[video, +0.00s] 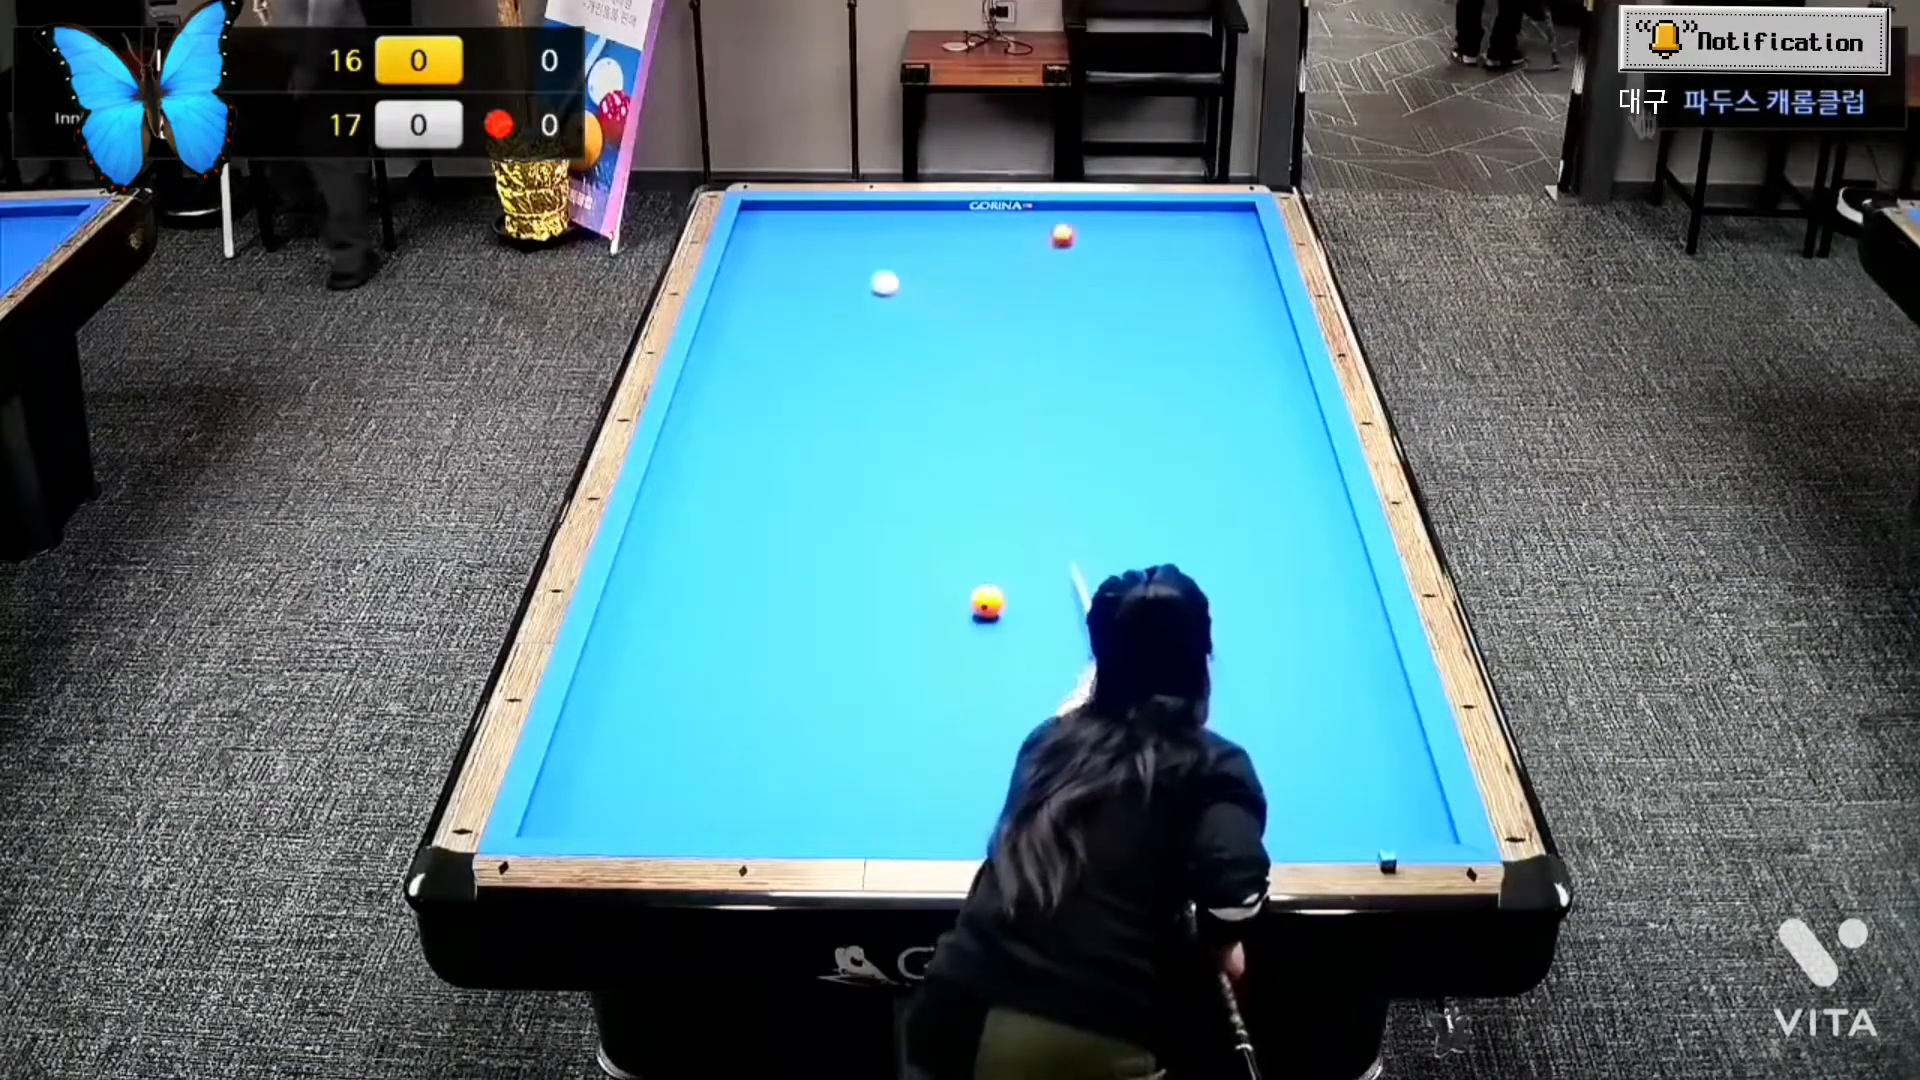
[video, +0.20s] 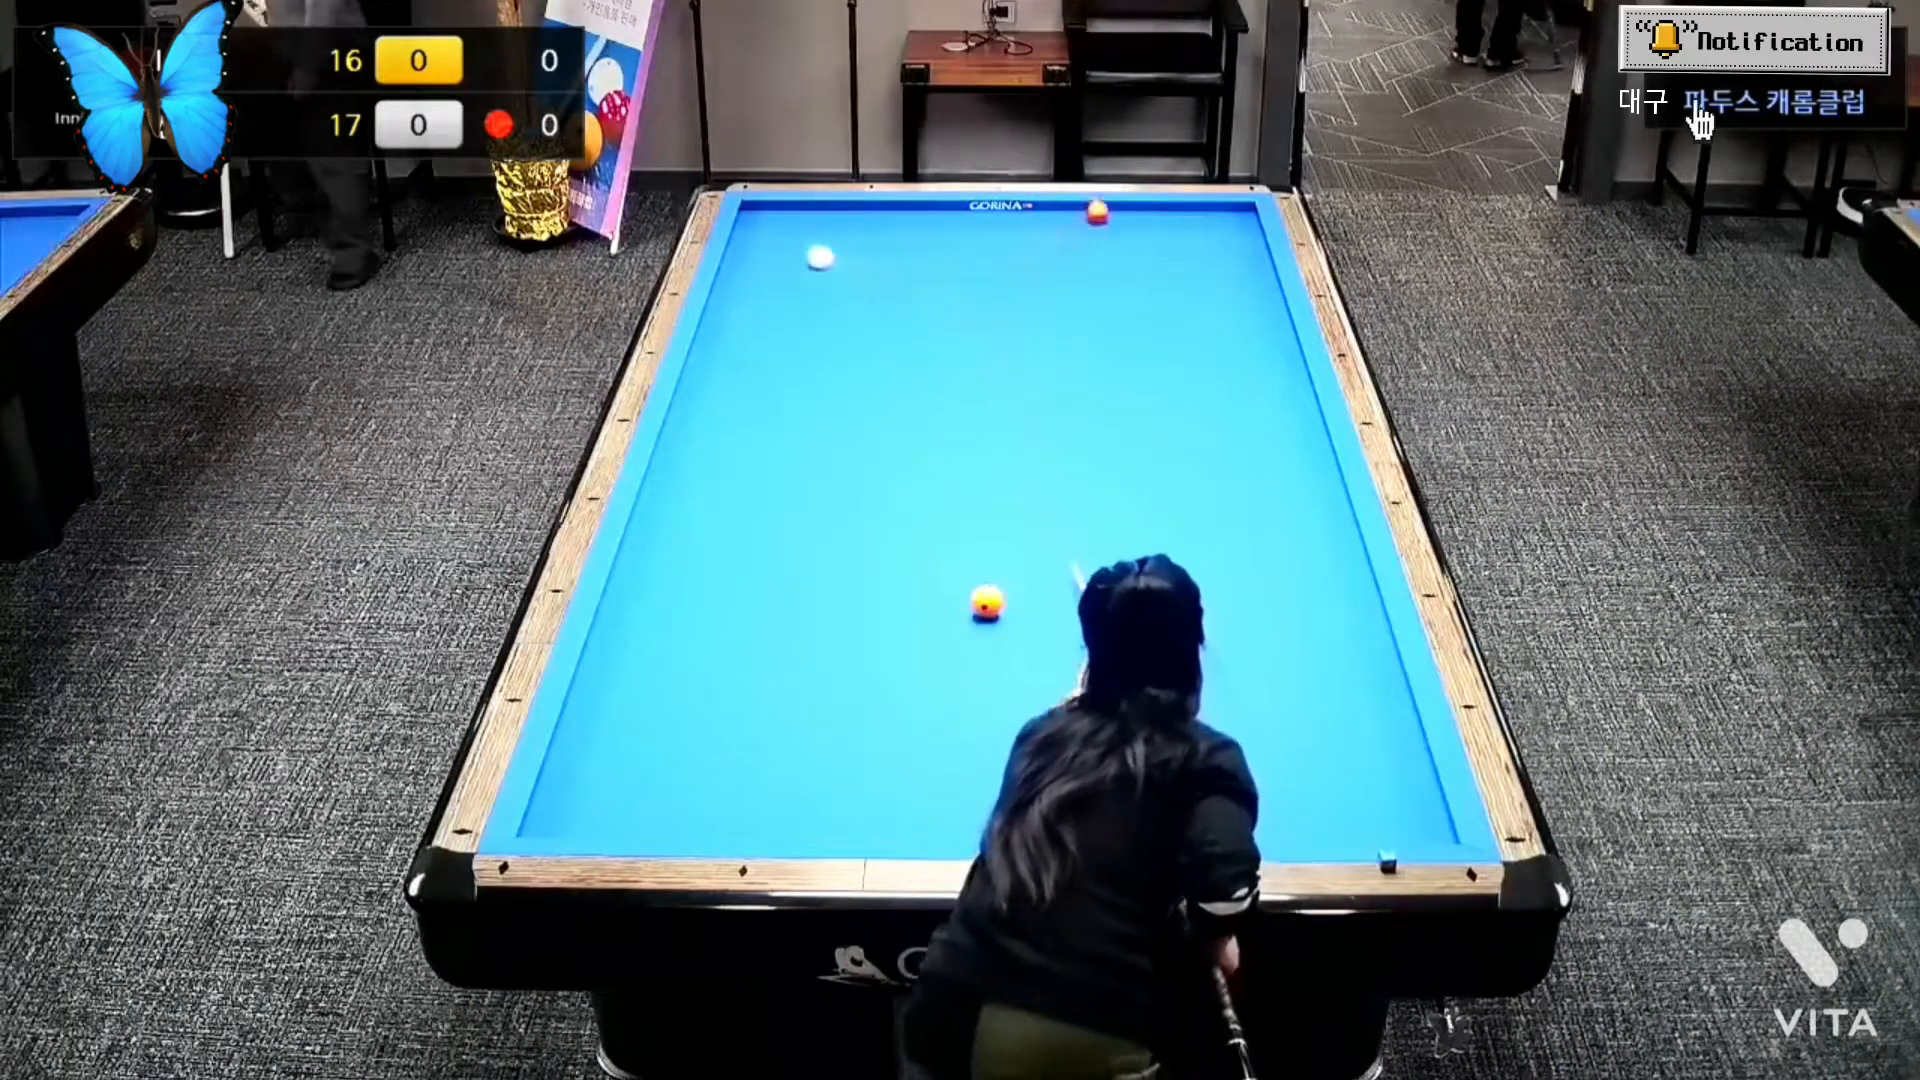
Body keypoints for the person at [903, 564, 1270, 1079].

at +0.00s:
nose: (1208, 660)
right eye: (1203, 648)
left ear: (1103, 656)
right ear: (1196, 658)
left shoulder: (1049, 740)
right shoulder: (1217, 764)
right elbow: (1232, 874)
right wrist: (1223, 943)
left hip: (988, 1012)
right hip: (1112, 1029)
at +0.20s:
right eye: (1195, 637)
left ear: (1096, 645)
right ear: (1189, 649)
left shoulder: (1043, 732)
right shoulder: (1209, 755)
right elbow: (1223, 873)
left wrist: (1077, 704)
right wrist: (1220, 937)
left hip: (981, 1008)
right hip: (1109, 1023)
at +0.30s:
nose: (1194, 641)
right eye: (1189, 629)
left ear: (1089, 637)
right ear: (1183, 639)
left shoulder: (1036, 728)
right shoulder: (1201, 748)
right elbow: (1214, 872)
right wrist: (1213, 934)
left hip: (971, 1006)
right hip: (1100, 1018)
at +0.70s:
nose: (1164, 564)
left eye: (1160, 548)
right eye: (1162, 550)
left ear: (1058, 556)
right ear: (1147, 562)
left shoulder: (1002, 653)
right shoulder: (1166, 695)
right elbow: (1167, 872)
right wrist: (1193, 911)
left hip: (939, 982)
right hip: (1060, 1005)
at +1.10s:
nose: (1146, 511)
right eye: (1144, 497)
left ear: (1027, 501)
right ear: (1138, 517)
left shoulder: (967, 615)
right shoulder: (1148, 673)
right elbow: (1140, 866)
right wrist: (1170, 913)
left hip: (956, 959)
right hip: (1080, 978)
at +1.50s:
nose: (1174, 540)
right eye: (1173, 526)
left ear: (1045, 526)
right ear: (1169, 543)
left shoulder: (986, 626)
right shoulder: (1191, 715)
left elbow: (933, 771)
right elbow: (1192, 924)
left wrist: (981, 858)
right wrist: (1219, 951)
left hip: (990, 987)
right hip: (1133, 1005)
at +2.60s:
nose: (1124, 577)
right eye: (1124, 561)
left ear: (1000, 554)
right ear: (1115, 577)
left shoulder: (916, 663)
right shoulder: (1138, 751)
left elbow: (868, 808)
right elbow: (1148, 946)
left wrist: (965, 835)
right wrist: (1190, 945)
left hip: (941, 1018)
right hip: (1091, 1028)